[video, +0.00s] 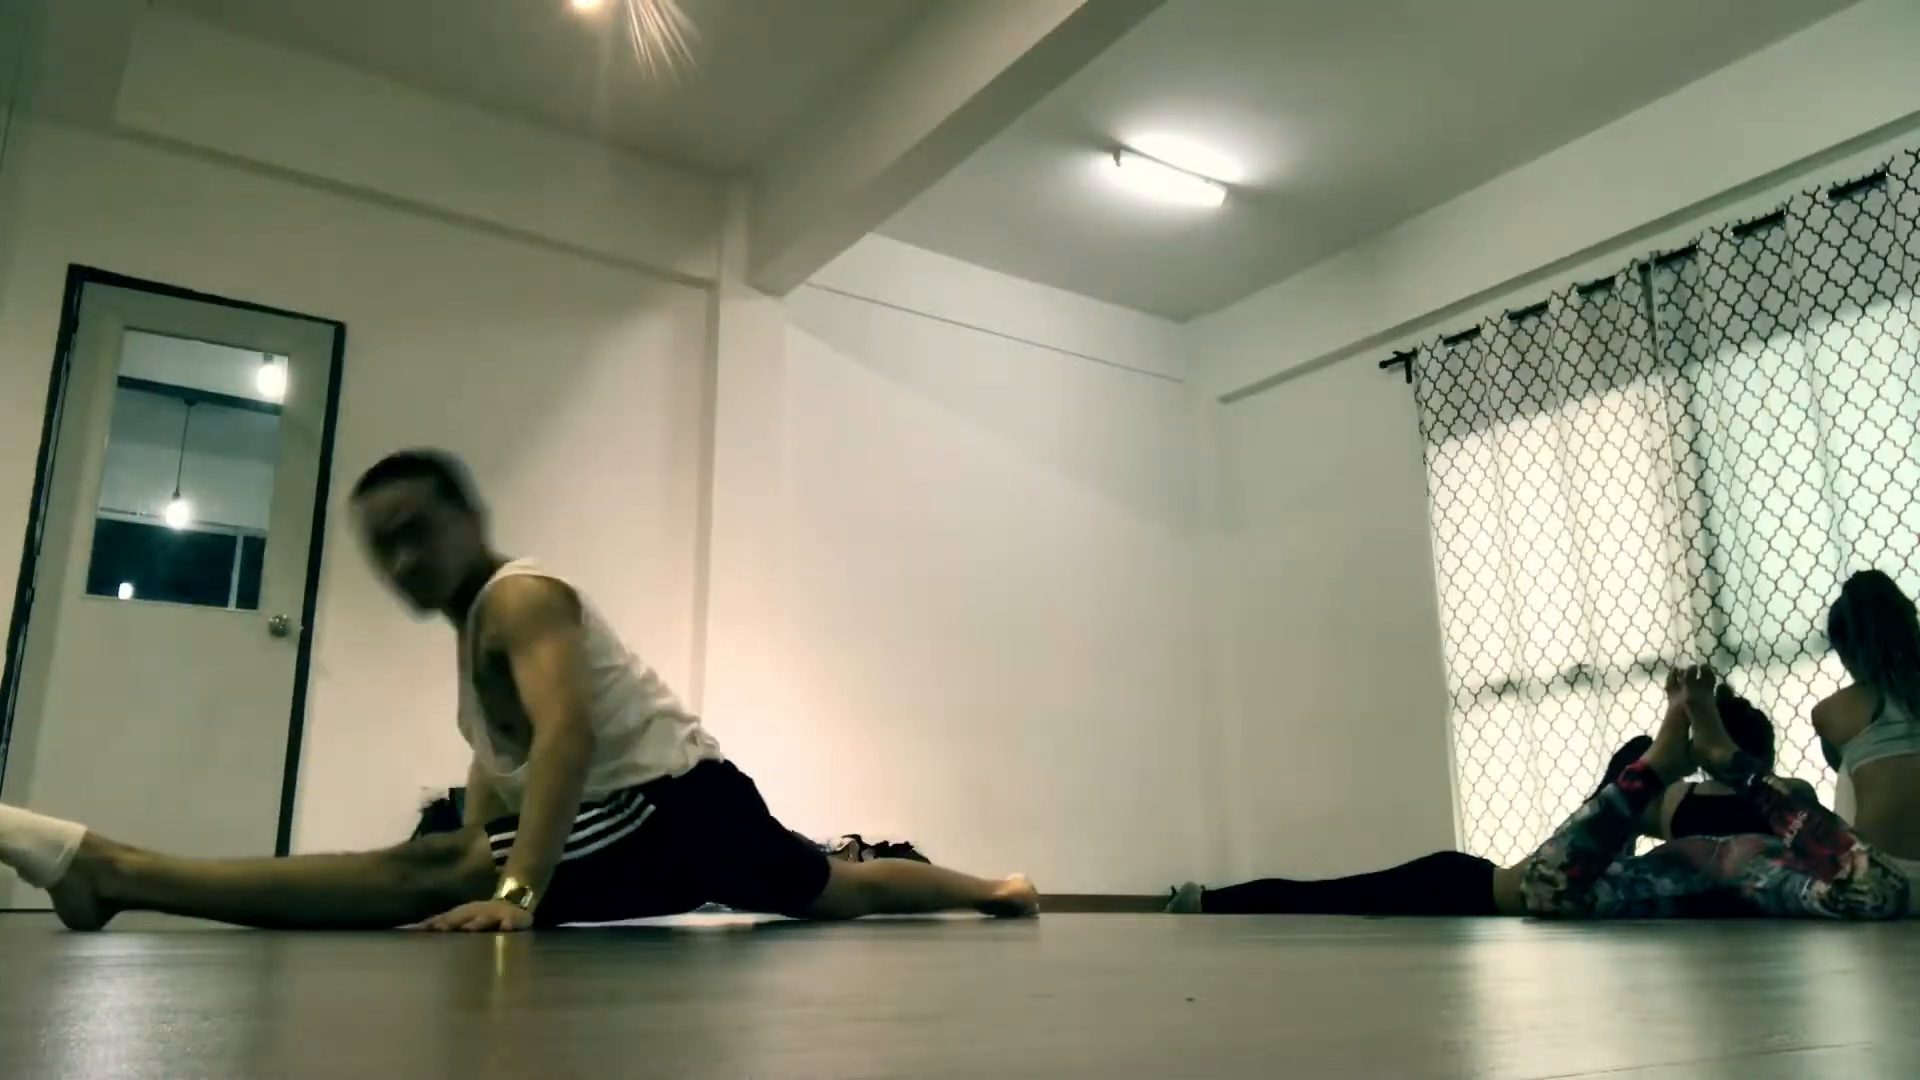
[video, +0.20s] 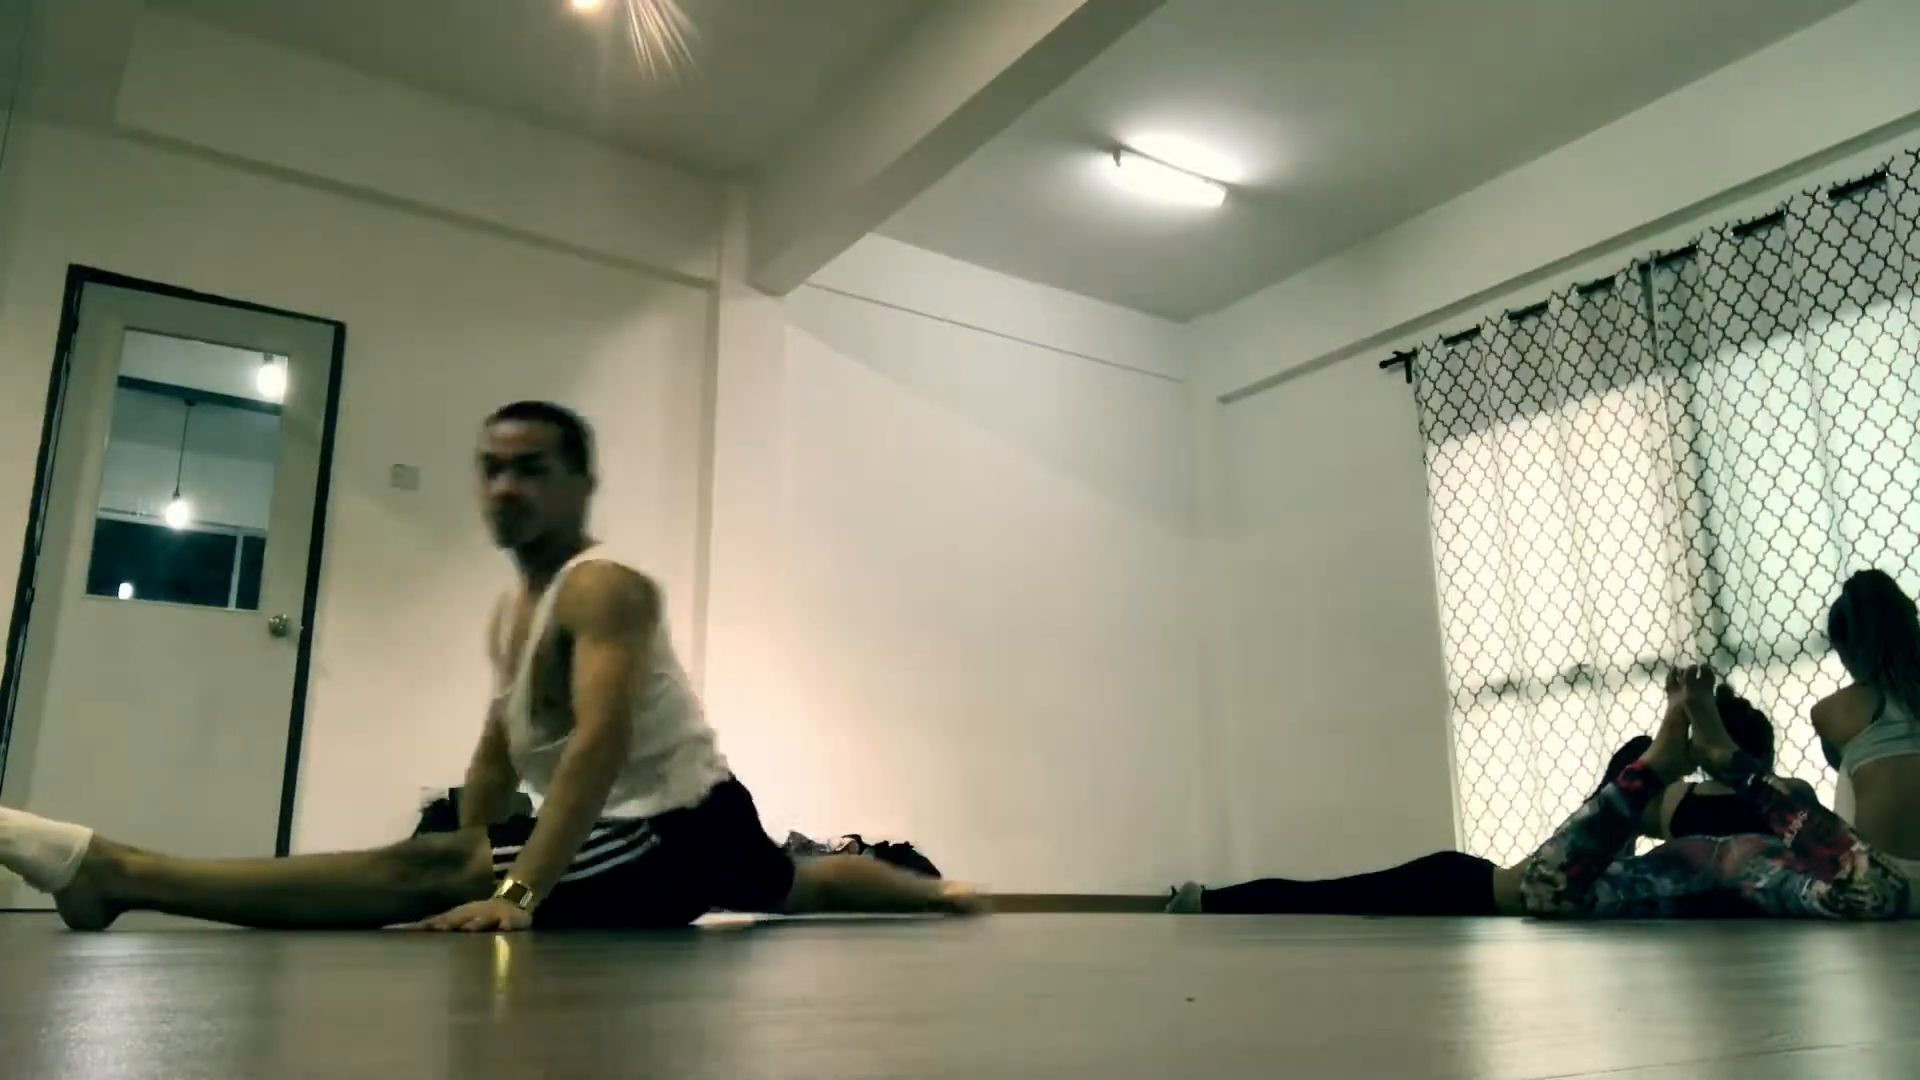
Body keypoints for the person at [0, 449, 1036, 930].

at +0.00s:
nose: (401, 561)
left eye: (414, 532)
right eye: (382, 549)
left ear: (471, 516)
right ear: (382, 565)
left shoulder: (520, 600)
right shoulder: (479, 646)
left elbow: (565, 739)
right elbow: (492, 778)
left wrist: (520, 886)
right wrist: (460, 870)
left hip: (675, 817)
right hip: (677, 820)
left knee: (413, 873)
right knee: (830, 886)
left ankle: (123, 877)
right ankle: (970, 889)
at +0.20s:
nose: (503, 487)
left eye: (528, 468)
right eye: (490, 472)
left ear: (582, 486)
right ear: (483, 494)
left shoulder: (602, 589)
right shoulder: (517, 612)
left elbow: (596, 748)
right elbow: (498, 750)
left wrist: (520, 890)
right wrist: (470, 852)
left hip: (653, 847)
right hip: (686, 834)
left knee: (409, 868)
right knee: (796, 876)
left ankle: (117, 876)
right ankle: (918, 886)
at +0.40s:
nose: (601, 478)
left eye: (623, 462)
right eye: (601, 463)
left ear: (683, 478)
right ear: (624, 481)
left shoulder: (680, 568)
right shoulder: (655, 580)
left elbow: (616, 718)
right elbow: (607, 732)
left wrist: (512, 875)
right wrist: (508, 832)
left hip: (707, 859)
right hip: (676, 846)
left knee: (438, 867)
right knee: (442, 854)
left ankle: (135, 881)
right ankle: (136, 883)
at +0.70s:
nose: (727, 525)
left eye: (745, 506)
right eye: (725, 507)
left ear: (803, 516)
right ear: (750, 520)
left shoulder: (814, 612)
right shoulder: (764, 627)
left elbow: (768, 732)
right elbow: (731, 762)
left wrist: (622, 805)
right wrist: (612, 822)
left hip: (719, 859)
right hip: (686, 844)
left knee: (455, 861)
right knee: (452, 839)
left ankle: (154, 876)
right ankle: (173, 886)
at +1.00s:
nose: (830, 599)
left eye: (850, 588)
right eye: (832, 584)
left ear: (896, 607)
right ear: (843, 594)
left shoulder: (905, 696)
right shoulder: (820, 689)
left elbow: (880, 816)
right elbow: (777, 783)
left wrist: (763, 792)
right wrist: (692, 796)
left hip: (731, 850)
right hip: (693, 822)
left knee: (495, 840)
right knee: (454, 836)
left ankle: (189, 873)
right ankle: (178, 884)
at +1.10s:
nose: (891, 651)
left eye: (914, 645)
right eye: (895, 639)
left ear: (955, 672)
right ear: (899, 657)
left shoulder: (940, 758)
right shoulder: (857, 736)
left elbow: (873, 851)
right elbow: (811, 829)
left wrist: (783, 748)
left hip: (741, 870)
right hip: (714, 857)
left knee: (532, 725)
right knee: (514, 750)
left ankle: (271, 873)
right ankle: (271, 877)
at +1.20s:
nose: (958, 697)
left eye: (982, 697)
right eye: (967, 686)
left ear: (1006, 740)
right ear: (957, 707)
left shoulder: (961, 808)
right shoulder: (915, 787)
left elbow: (862, 832)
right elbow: (824, 842)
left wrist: (860, 686)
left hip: (730, 880)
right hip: (705, 866)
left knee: (661, 651)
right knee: (609, 658)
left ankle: (503, 825)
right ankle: (497, 828)